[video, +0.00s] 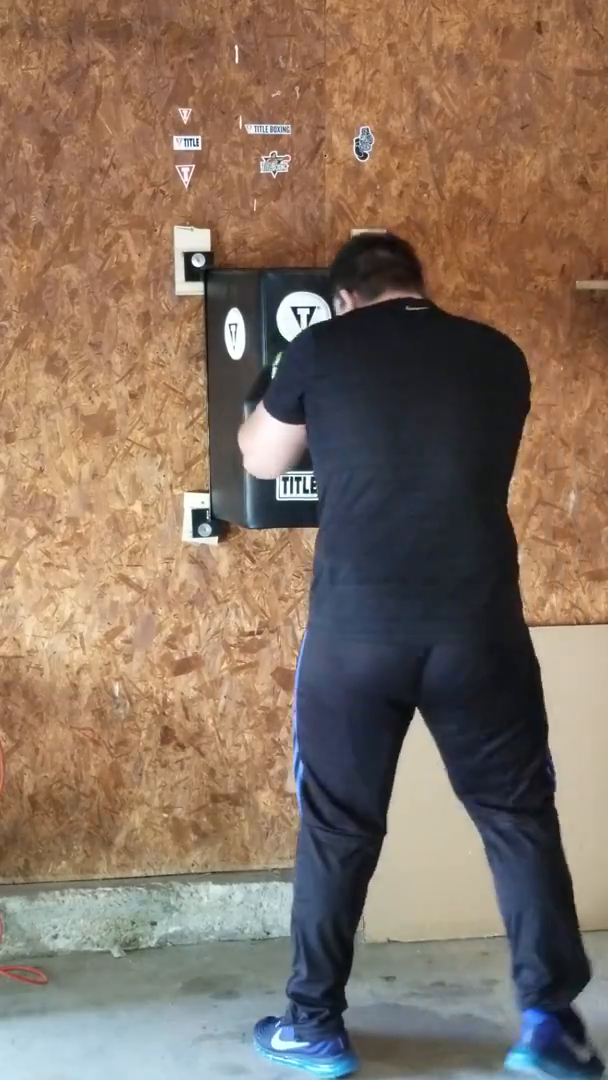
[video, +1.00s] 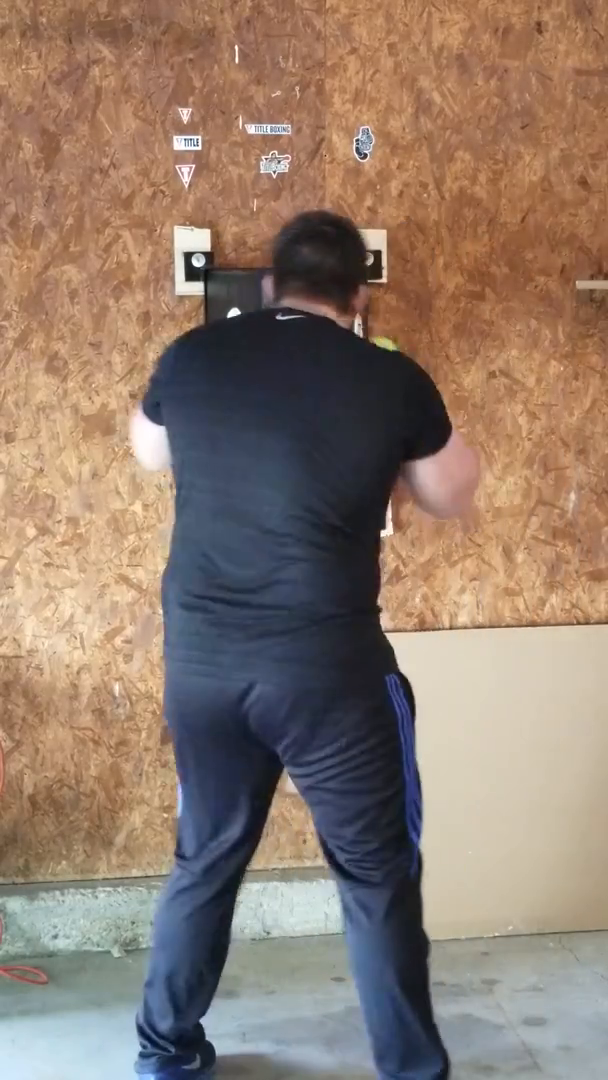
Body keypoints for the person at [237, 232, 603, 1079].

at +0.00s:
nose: (333, 309)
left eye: (331, 300)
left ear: (347, 297)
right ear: (424, 285)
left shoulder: (323, 350)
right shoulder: (502, 354)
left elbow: (261, 455)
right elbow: (473, 451)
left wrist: (321, 390)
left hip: (359, 631)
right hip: (478, 630)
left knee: (336, 825)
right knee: (518, 814)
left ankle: (314, 1023)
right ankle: (549, 1017)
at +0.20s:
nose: (367, 307)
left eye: (367, 297)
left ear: (379, 296)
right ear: (461, 296)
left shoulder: (338, 353)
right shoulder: (530, 376)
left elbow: (231, 428)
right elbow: (489, 463)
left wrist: (277, 366)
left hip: (346, 649)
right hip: (471, 656)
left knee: (312, 824)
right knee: (492, 860)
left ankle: (277, 1023)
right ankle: (521, 1063)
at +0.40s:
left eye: (377, 278)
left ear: (377, 280)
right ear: (462, 294)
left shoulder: (315, 333)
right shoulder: (509, 374)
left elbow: (218, 392)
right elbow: (516, 504)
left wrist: (271, 345)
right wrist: (446, 446)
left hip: (306, 645)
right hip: (427, 655)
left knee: (310, 854)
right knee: (469, 866)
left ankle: (280, 1050)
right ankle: (499, 1060)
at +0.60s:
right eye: (471, 313)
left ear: (385, 299)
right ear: (473, 315)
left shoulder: (308, 364)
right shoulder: (511, 394)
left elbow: (231, 479)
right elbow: (529, 512)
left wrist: (318, 460)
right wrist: (449, 482)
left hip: (292, 667)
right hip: (415, 676)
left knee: (273, 836)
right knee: (405, 895)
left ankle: (249, 1019)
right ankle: (401, 1066)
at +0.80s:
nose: (436, 309)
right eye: (440, 297)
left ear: (353, 277)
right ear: (438, 297)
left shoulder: (280, 336)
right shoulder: (452, 370)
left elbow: (228, 382)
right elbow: (495, 501)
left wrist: (334, 348)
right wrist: (433, 425)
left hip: (241, 653)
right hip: (360, 665)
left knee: (245, 822)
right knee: (402, 884)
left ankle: (170, 1033)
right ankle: (412, 1068)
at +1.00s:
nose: (360, 309)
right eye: (361, 296)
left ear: (267, 285)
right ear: (358, 298)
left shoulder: (192, 355)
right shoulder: (389, 378)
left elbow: (150, 452)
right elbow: (450, 496)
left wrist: (245, 427)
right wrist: (375, 461)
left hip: (199, 668)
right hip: (324, 668)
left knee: (203, 858)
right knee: (375, 873)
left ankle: (165, 1051)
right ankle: (412, 1065)